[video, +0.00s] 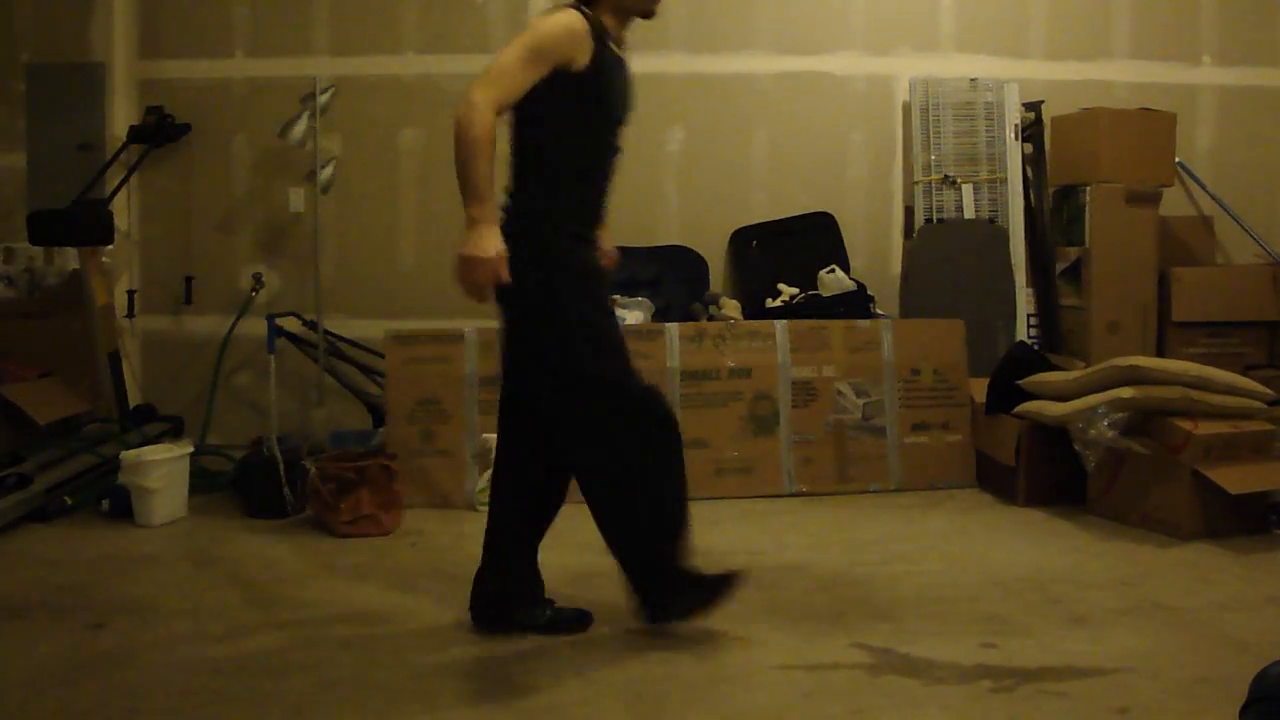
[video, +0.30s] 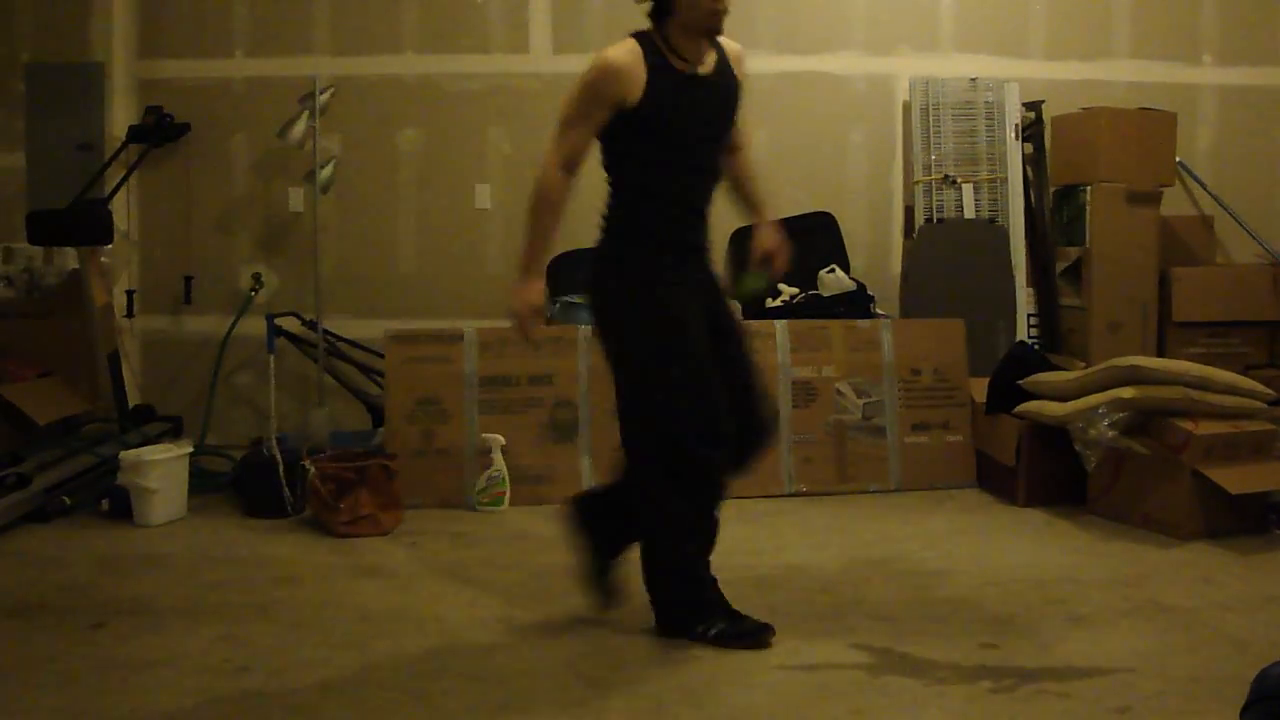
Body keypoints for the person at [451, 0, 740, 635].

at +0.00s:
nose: (657, 1)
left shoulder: (606, 49)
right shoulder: (566, 29)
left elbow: (567, 150)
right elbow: (477, 106)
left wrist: (590, 236)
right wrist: (480, 223)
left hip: (567, 267)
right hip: (544, 266)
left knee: (537, 432)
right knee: (628, 420)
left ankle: (504, 595)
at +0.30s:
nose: (718, 7)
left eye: (722, 0)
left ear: (719, 8)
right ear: (671, 2)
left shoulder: (727, 60)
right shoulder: (619, 68)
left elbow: (731, 149)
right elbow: (560, 165)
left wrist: (763, 217)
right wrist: (531, 272)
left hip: (691, 273)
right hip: (632, 276)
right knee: (677, 435)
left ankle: (606, 518)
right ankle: (686, 605)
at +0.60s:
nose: (748, 4)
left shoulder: (810, 31)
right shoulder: (673, 45)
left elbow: (917, 82)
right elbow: (638, 133)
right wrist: (642, 223)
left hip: (798, 262)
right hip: (710, 267)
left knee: (857, 429)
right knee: (706, 444)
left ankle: (915, 578)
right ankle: (735, 603)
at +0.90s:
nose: (743, 16)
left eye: (754, 3)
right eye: (727, 5)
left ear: (771, 6)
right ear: (702, 13)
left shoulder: (808, 72)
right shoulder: (685, 80)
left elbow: (873, 167)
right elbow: (675, 157)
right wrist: (672, 200)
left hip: (796, 283)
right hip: (721, 284)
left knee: (813, 436)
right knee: (728, 455)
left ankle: (883, 571)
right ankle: (754, 603)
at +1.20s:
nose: (690, 2)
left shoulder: (763, 46)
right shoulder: (648, 38)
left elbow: (788, 153)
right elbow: (578, 116)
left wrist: (674, 159)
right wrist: (605, 145)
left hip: (751, 258)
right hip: (687, 256)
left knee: (690, 431)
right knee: (733, 423)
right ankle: (806, 572)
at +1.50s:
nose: (625, 13)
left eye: (641, 1)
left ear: (669, 5)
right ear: (598, 1)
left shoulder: (699, 77)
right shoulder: (565, 58)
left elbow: (728, 188)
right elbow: (516, 154)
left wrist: (645, 226)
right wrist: (557, 217)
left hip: (658, 283)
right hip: (580, 278)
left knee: (619, 451)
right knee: (545, 438)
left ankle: (619, 624)